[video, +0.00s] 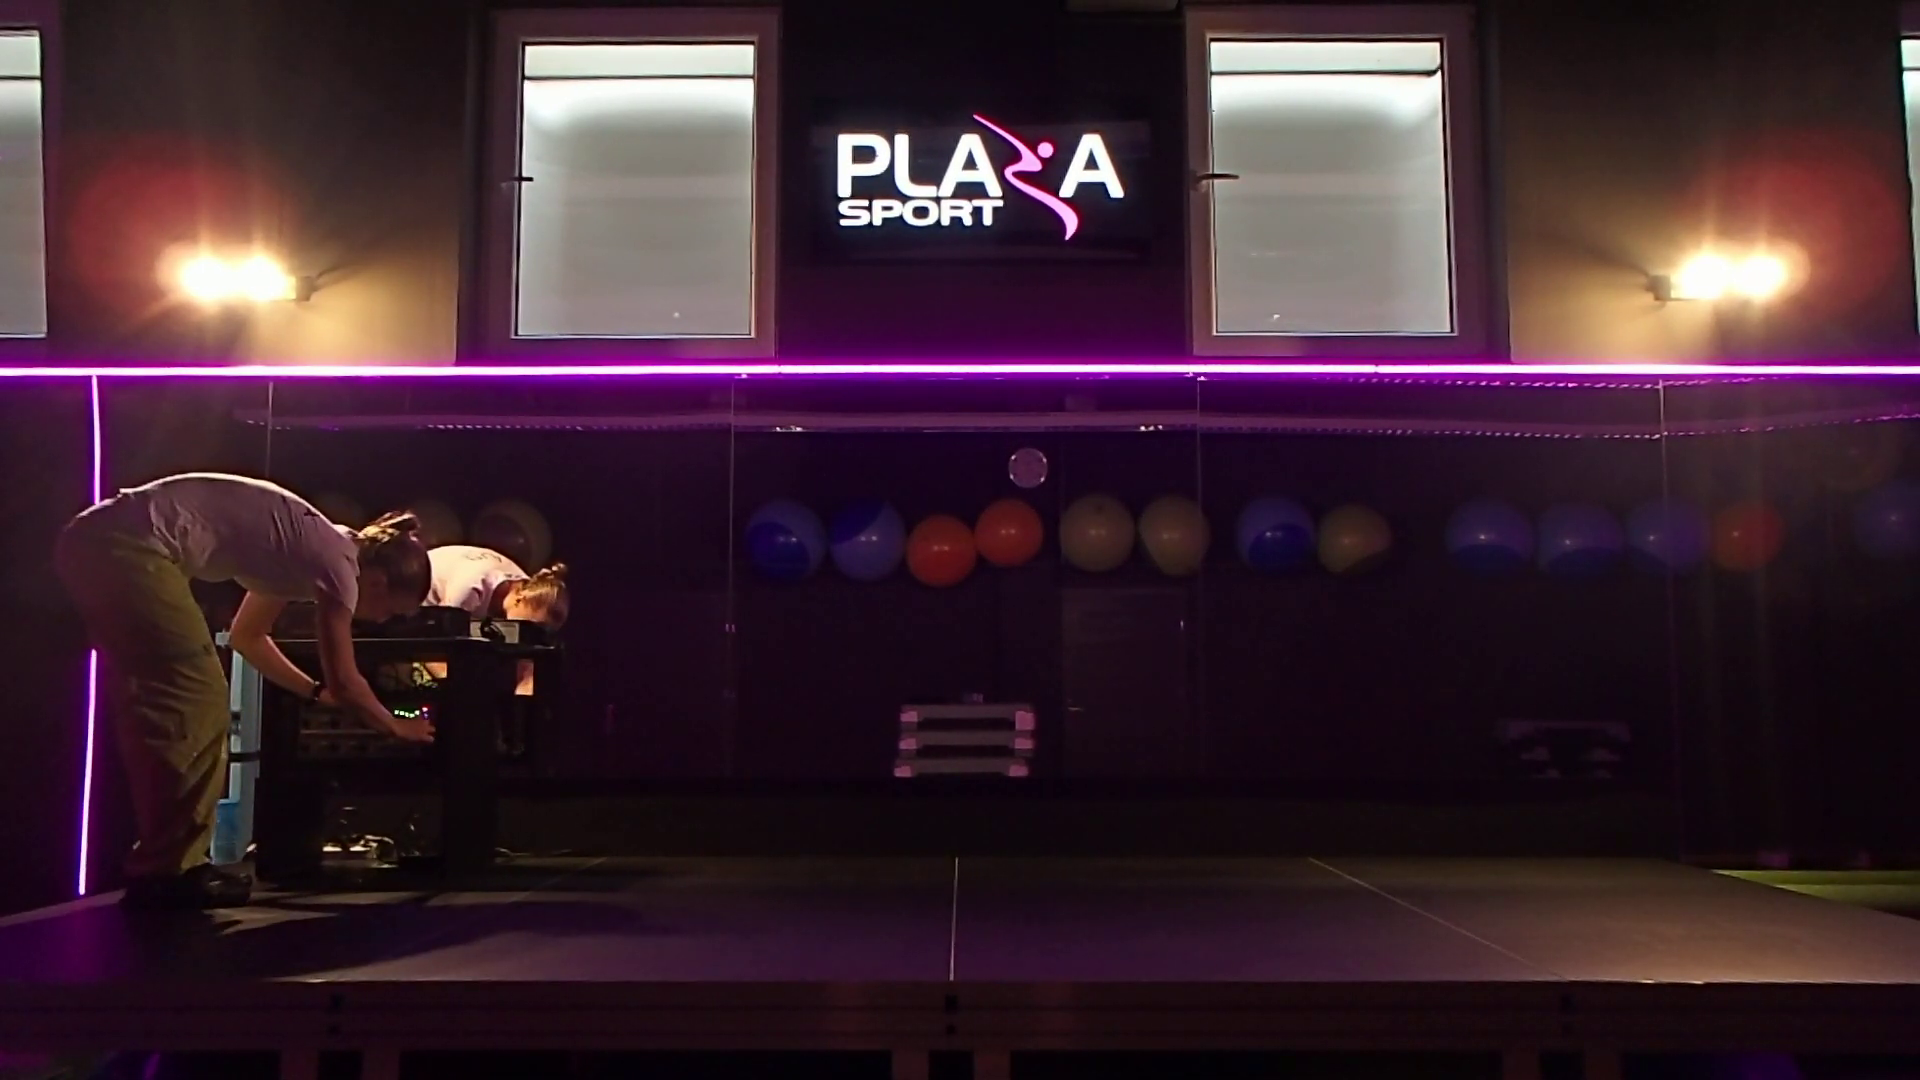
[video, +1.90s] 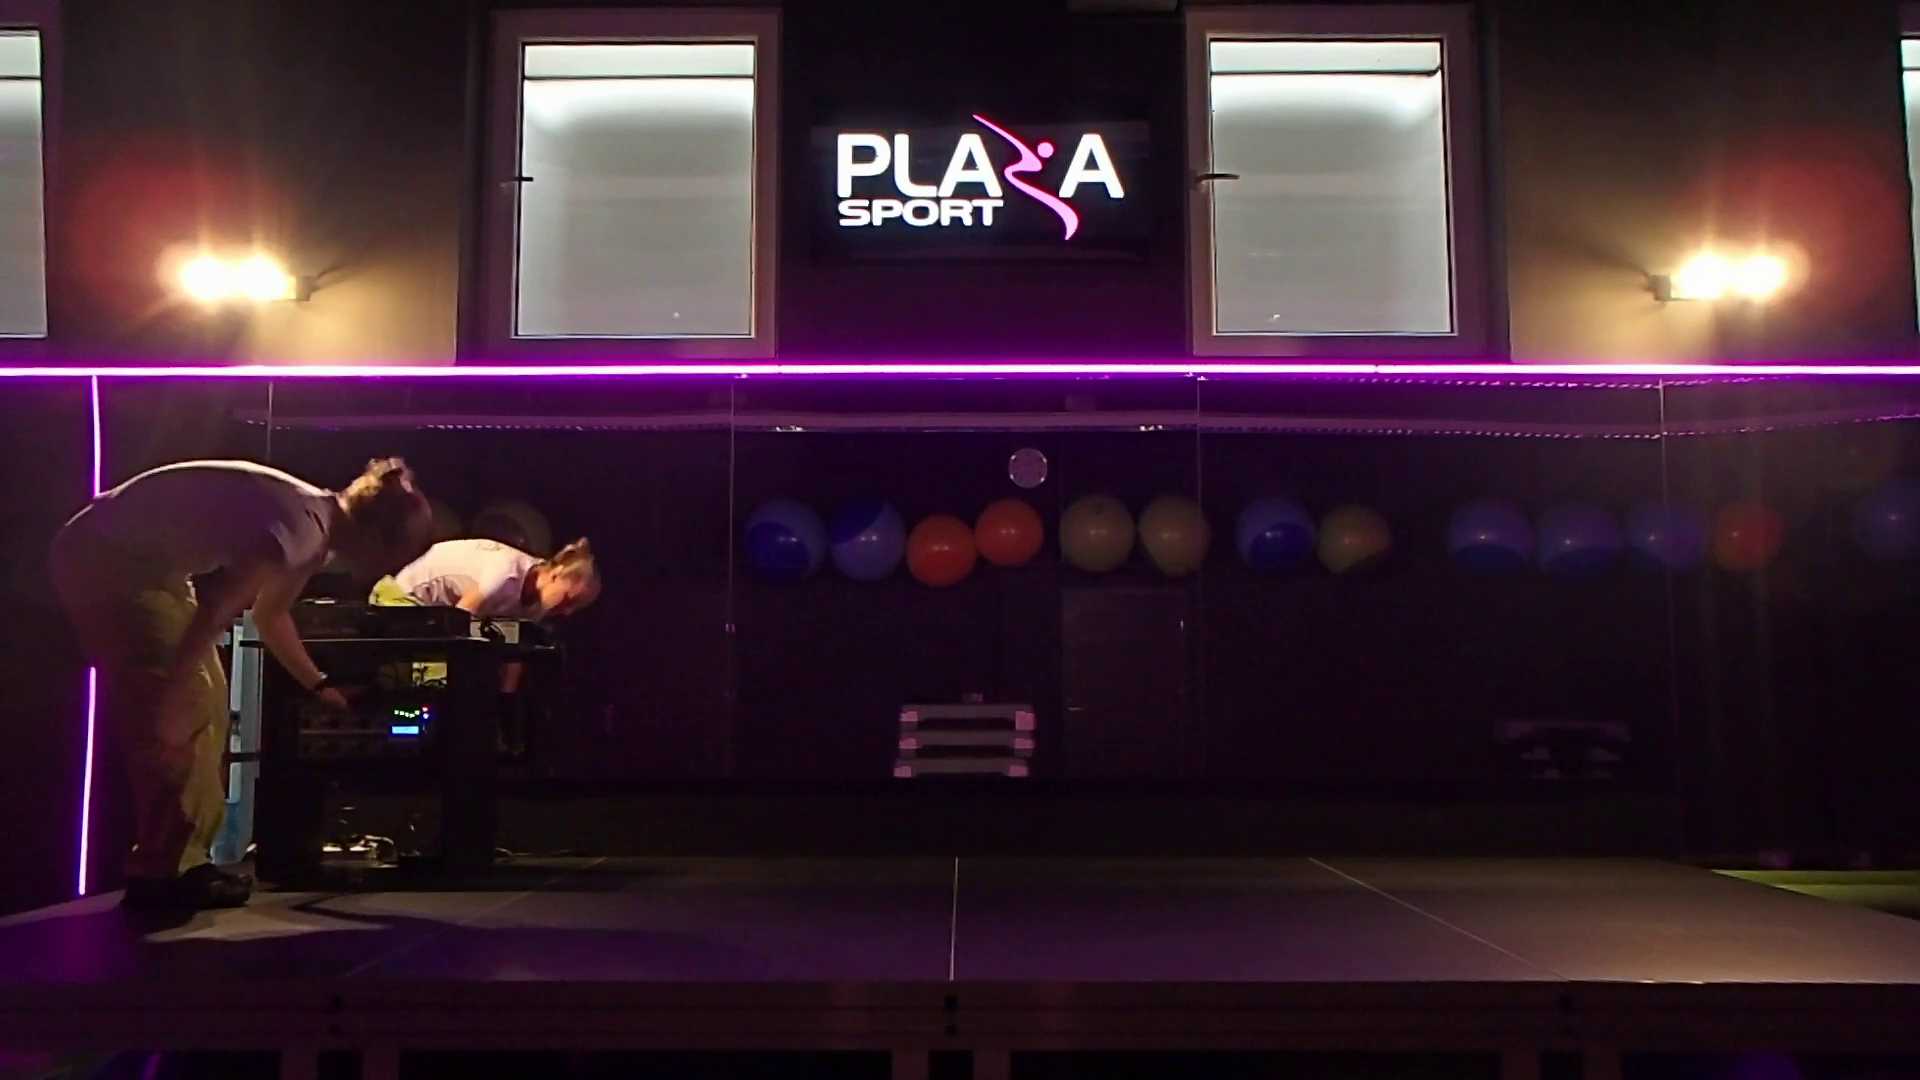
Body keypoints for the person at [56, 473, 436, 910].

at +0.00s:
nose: (379, 619)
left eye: (391, 615)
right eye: (389, 609)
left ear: (377, 570)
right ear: (378, 578)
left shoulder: (296, 553)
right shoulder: (337, 559)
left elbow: (246, 636)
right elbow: (344, 680)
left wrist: (315, 691)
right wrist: (395, 726)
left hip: (108, 542)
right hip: (130, 547)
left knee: (167, 695)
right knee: (197, 697)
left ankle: (167, 865)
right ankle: (170, 870)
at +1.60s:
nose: (379, 608)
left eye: (390, 604)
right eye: (387, 598)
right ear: (376, 567)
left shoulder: (307, 536)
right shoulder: (330, 549)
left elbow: (255, 627)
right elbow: (309, 665)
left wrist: (320, 692)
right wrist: (356, 745)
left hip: (136, 551)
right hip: (121, 549)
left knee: (202, 707)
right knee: (171, 708)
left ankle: (181, 864)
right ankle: (165, 871)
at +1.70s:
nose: (377, 605)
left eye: (388, 600)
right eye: (385, 595)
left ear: (371, 555)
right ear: (374, 563)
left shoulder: (309, 529)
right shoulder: (324, 546)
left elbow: (254, 627)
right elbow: (283, 659)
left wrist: (311, 687)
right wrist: (310, 760)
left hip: (116, 551)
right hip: (118, 554)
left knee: (181, 698)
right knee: (187, 701)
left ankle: (175, 866)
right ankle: (168, 872)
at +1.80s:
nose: (380, 594)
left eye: (390, 588)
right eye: (387, 584)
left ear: (368, 545)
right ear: (372, 552)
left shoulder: (317, 531)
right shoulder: (314, 544)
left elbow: (264, 627)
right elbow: (252, 640)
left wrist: (314, 689)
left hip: (130, 555)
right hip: (118, 555)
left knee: (185, 697)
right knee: (182, 699)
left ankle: (174, 865)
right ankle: (169, 870)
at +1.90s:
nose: (384, 573)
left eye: (394, 565)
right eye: (391, 561)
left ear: (371, 517)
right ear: (375, 528)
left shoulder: (314, 535)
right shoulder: (298, 527)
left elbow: (271, 614)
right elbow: (218, 603)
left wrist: (317, 685)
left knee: (210, 700)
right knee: (181, 706)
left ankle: (191, 861)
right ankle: (160, 872)